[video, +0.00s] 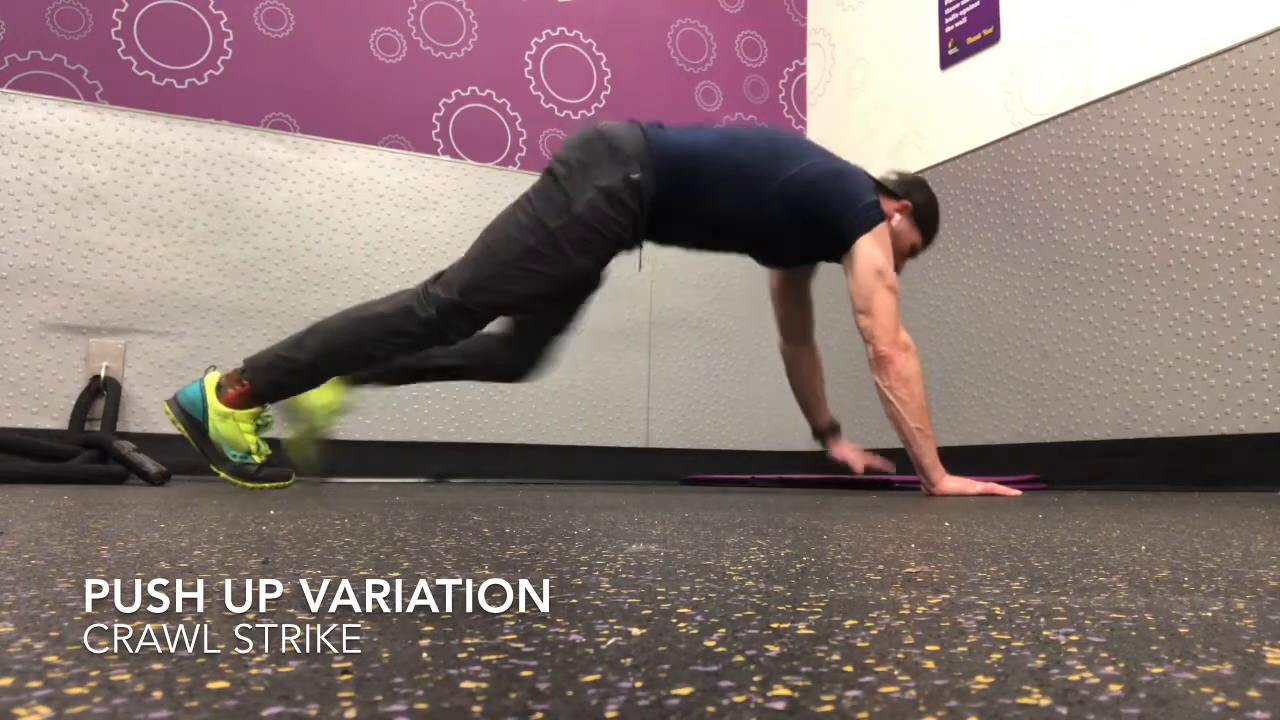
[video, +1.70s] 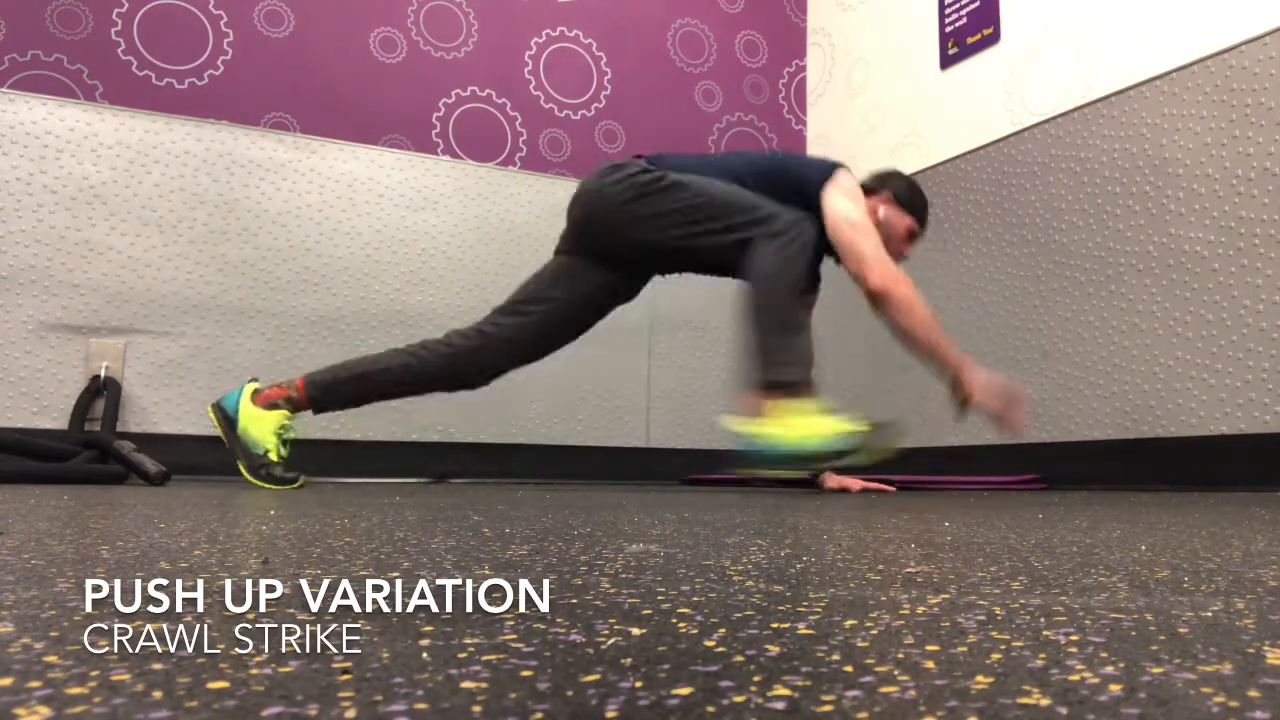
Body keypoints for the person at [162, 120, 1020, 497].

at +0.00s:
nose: (893, 270)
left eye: (903, 257)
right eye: (906, 251)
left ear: (878, 208)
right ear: (900, 216)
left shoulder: (804, 223)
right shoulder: (864, 208)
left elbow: (797, 343)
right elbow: (888, 348)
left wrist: (833, 441)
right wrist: (937, 472)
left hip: (621, 203)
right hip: (615, 174)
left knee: (513, 356)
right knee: (448, 307)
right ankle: (230, 389)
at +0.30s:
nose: (916, 350)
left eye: (933, 346)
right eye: (933, 337)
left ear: (906, 304)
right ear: (926, 292)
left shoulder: (841, 291)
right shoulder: (887, 265)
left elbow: (783, 391)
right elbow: (892, 362)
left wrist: (817, 471)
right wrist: (935, 476)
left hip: (660, 304)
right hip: (657, 292)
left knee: (472, 364)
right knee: (468, 365)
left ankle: (261, 390)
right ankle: (248, 391)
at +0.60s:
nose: (945, 423)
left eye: (958, 427)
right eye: (958, 411)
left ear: (950, 410)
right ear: (955, 373)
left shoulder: (870, 359)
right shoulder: (916, 335)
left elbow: (787, 402)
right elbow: (894, 362)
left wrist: (814, 470)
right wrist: (938, 474)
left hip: (684, 391)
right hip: (683, 370)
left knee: (489, 407)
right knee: (486, 407)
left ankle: (279, 394)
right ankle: (266, 384)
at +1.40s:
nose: (934, 358)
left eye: (946, 353)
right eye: (946, 345)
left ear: (925, 315)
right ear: (935, 300)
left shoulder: (851, 305)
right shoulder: (893, 275)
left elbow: (782, 393)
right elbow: (890, 358)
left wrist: (817, 469)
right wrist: (935, 473)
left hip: (668, 314)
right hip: (664, 295)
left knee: (493, 385)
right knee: (493, 387)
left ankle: (288, 384)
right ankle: (282, 382)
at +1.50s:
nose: (907, 326)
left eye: (920, 316)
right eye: (919, 309)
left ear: (896, 276)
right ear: (914, 269)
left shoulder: (824, 278)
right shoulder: (873, 247)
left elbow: (788, 384)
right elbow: (894, 355)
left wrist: (819, 469)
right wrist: (935, 473)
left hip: (640, 255)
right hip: (653, 238)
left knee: (501, 353)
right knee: (578, 381)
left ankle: (291, 401)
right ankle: (374, 360)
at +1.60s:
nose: (894, 289)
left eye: (905, 280)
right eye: (902, 269)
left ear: (884, 245)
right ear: (887, 229)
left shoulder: (806, 269)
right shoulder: (852, 216)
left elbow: (791, 376)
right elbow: (888, 329)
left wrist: (819, 465)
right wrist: (937, 440)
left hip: (627, 235)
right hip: (637, 197)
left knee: (478, 349)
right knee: (719, 297)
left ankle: (276, 402)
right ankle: (549, 386)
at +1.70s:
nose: (897, 251)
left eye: (905, 243)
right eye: (899, 229)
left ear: (878, 231)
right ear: (873, 193)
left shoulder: (799, 243)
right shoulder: (831, 182)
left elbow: (788, 357)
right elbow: (885, 285)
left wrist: (819, 463)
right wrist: (967, 374)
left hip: (613, 240)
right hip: (625, 189)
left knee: (479, 355)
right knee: (785, 229)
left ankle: (271, 405)